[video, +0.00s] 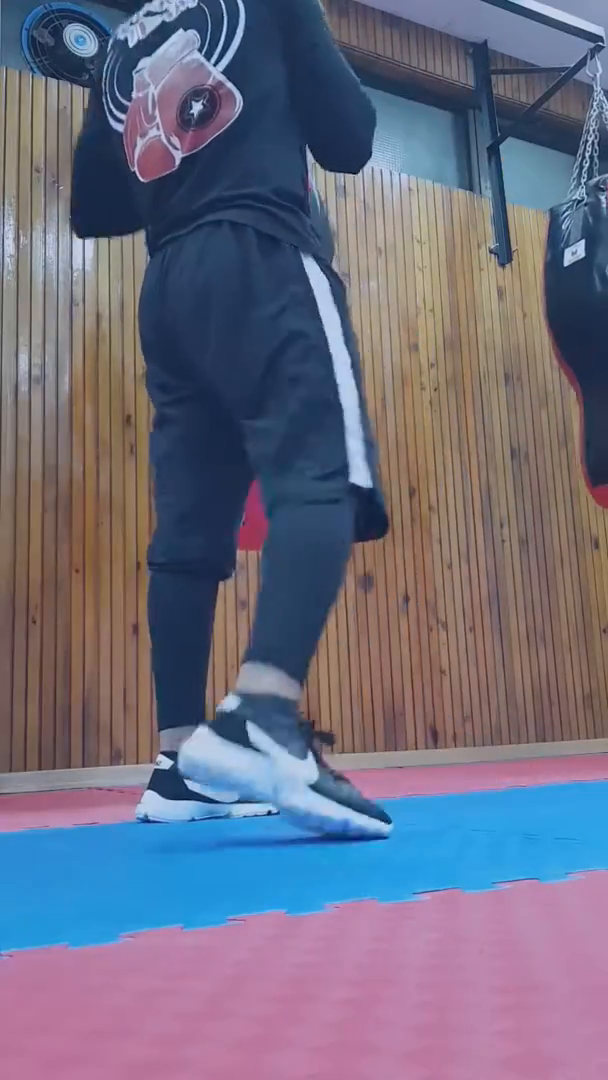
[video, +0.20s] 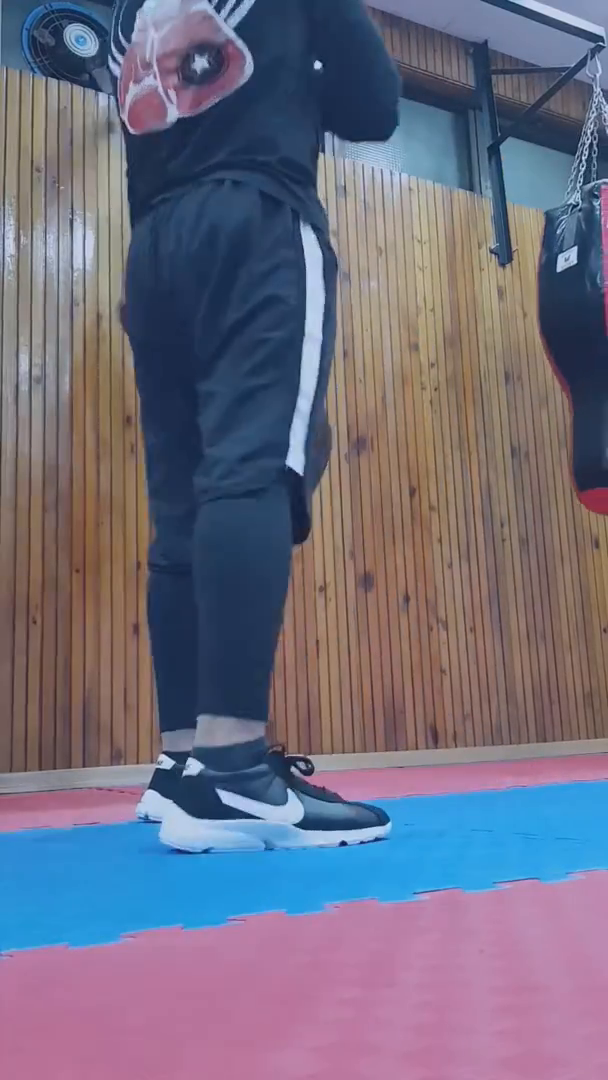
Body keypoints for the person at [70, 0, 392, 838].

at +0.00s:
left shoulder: (121, 53)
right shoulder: (273, 4)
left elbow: (93, 208)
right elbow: (347, 140)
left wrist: (197, 160)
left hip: (166, 278)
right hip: (260, 254)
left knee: (186, 527)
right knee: (316, 491)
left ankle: (181, 761)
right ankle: (267, 713)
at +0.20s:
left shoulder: (147, 17)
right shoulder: (304, 1)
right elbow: (371, 110)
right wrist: (269, 81)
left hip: (154, 237)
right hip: (256, 217)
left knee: (178, 504)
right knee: (250, 478)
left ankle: (184, 766)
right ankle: (235, 763)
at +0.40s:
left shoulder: (145, 10)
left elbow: (82, 130)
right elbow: (372, 81)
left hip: (135, 193)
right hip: (233, 175)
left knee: (171, 482)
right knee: (237, 464)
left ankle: (169, 760)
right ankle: (232, 771)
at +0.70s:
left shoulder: (129, 12)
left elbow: (129, 108)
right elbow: (352, 105)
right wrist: (252, 76)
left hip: (133, 182)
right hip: (252, 164)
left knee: (147, 468)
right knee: (362, 452)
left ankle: (124, 766)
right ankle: (272, 719)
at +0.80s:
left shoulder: (117, 18)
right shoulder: (306, 1)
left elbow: (131, 136)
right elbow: (358, 98)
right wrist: (296, 164)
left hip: (149, 189)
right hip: (267, 158)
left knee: (154, 474)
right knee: (411, 429)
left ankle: (126, 766)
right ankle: (345, 680)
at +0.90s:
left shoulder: (122, 10)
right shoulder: (327, 4)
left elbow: (132, 125)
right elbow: (371, 88)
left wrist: (183, 183)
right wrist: (333, 148)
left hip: (173, 172)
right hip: (299, 135)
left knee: (167, 472)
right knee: (418, 421)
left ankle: (128, 764)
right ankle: (430, 670)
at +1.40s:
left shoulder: (197, 49)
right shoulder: (360, 27)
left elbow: (126, 199)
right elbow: (409, 212)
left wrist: (221, 168)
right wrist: (323, 184)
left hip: (153, 268)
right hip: (258, 247)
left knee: (222, 499)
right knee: (386, 491)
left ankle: (131, 699)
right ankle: (384, 743)